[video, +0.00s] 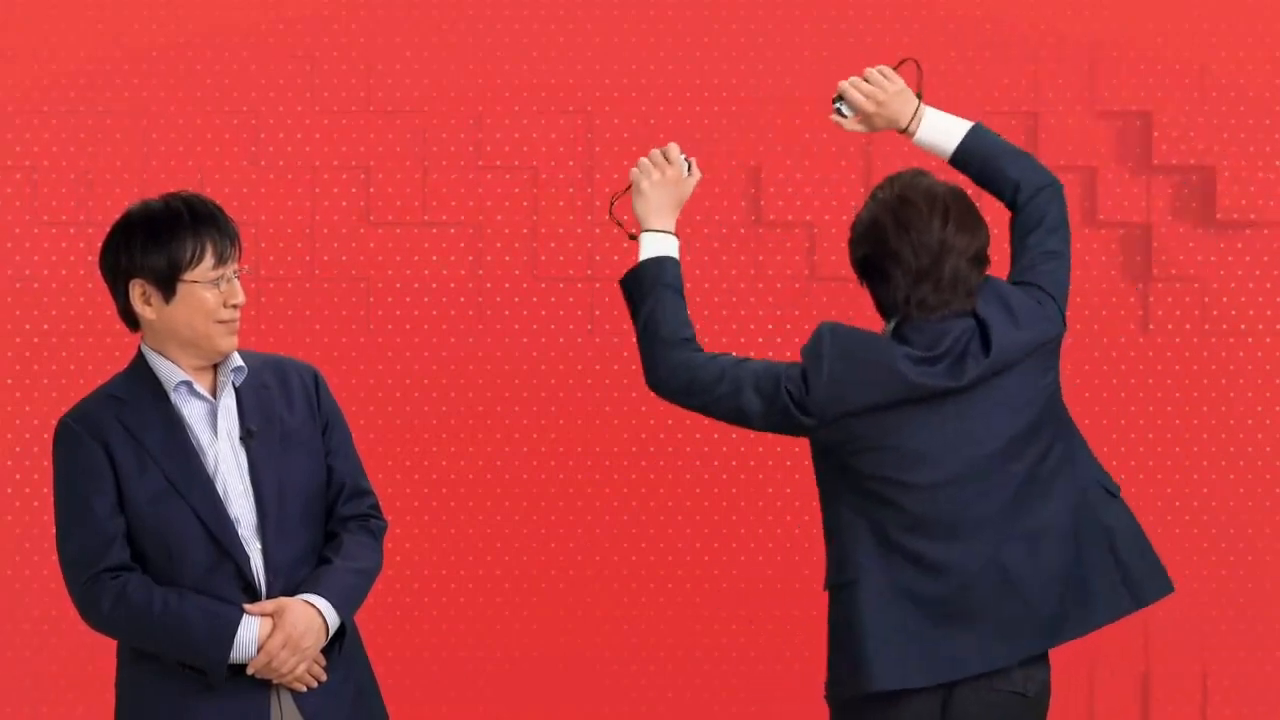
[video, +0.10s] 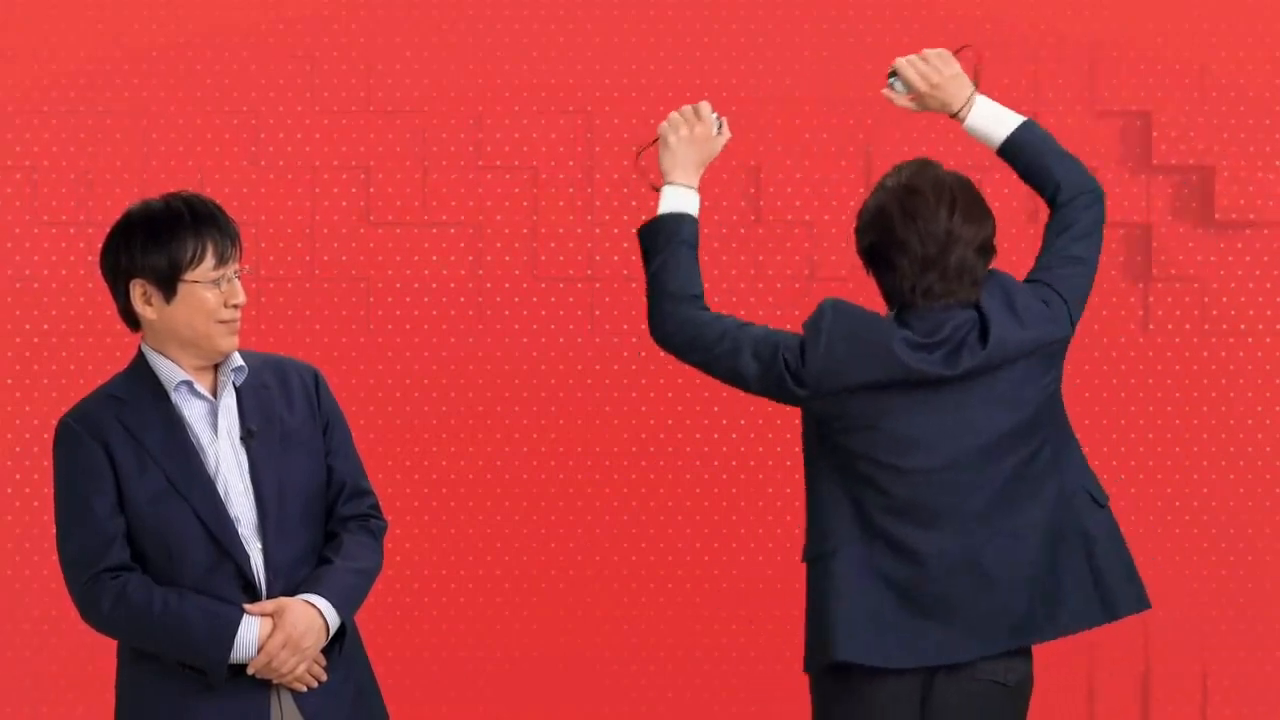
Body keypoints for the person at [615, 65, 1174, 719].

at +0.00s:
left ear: (872, 280)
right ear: (981, 260)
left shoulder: (838, 384)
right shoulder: (1028, 334)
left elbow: (675, 369)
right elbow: (1038, 192)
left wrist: (657, 232)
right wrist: (916, 116)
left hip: (886, 687)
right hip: (1011, 674)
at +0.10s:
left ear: (878, 268)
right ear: (987, 252)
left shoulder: (835, 359)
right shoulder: (1035, 331)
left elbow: (677, 322)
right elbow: (1080, 196)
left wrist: (679, 185)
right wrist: (971, 107)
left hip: (865, 674)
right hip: (992, 669)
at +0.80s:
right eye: (1016, 273)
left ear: (903, 263)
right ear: (1010, 286)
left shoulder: (845, 325)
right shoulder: (1036, 392)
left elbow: (811, 194)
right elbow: (1200, 381)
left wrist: (934, 122)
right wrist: (1217, 237)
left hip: (807, 663)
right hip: (935, 687)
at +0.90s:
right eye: (1011, 273)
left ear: (898, 263)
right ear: (1009, 287)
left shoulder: (844, 326)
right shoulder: (1038, 387)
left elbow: (800, 198)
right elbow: (1199, 372)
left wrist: (923, 119)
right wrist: (1210, 229)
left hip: (814, 665)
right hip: (944, 687)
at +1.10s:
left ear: (901, 263)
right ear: (1007, 292)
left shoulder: (847, 325)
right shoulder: (1032, 399)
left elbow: (809, 187)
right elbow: (1197, 384)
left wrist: (930, 113)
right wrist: (1221, 240)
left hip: (801, 667)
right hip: (927, 691)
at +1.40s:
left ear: (873, 275)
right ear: (985, 258)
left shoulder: (837, 381)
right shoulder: (1030, 334)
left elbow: (676, 360)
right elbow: (1047, 192)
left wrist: (660, 219)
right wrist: (929, 116)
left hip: (884, 689)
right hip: (1009, 678)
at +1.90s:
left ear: (893, 253)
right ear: (1007, 265)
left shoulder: (850, 324)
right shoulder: (1051, 365)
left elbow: (774, 208)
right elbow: (1205, 330)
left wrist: (864, 110)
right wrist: (1202, 182)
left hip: (856, 671)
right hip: (984, 682)